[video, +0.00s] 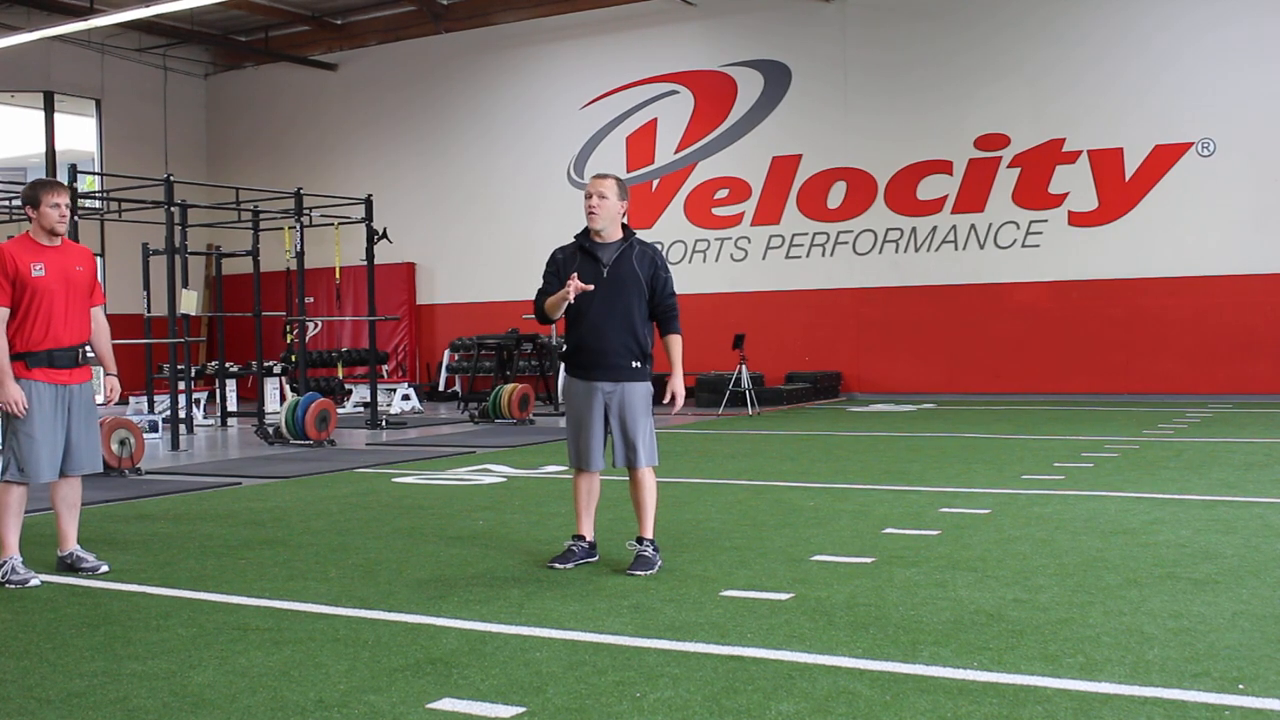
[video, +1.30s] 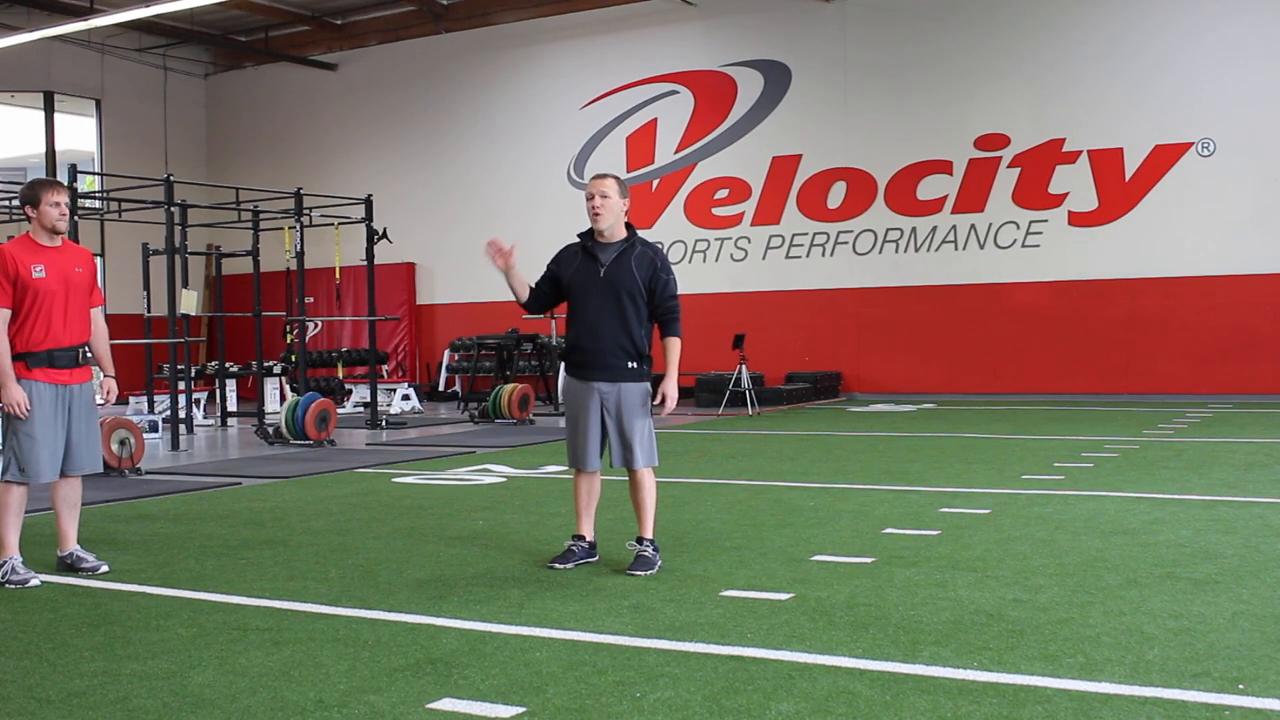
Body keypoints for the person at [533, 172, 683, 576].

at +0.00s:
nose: (591, 202)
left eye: (600, 197)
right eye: (588, 197)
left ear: (622, 207)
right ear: (584, 205)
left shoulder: (648, 257)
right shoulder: (564, 258)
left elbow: (668, 317)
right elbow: (543, 314)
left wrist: (677, 372)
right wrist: (564, 294)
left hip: (632, 379)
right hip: (581, 378)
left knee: (640, 463)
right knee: (585, 463)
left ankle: (647, 544)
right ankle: (584, 542)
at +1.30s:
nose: (594, 203)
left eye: (602, 197)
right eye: (590, 198)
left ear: (624, 204)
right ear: (586, 206)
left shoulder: (650, 257)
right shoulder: (571, 257)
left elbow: (670, 320)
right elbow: (534, 302)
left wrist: (671, 376)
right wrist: (510, 270)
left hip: (630, 379)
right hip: (580, 378)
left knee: (638, 463)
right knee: (584, 464)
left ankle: (646, 544)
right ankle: (583, 542)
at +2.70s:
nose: (598, 207)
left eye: (606, 200)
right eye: (592, 202)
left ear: (625, 205)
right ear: (586, 209)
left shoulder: (652, 256)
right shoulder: (569, 258)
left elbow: (669, 315)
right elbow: (545, 318)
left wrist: (641, 308)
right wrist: (562, 306)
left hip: (634, 379)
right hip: (583, 378)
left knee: (641, 463)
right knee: (585, 463)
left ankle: (647, 545)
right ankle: (584, 542)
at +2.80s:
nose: (599, 207)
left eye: (606, 200)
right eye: (592, 202)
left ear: (625, 205)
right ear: (586, 209)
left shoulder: (652, 256)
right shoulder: (570, 258)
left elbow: (669, 315)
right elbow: (545, 318)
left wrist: (641, 308)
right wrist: (562, 305)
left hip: (634, 379)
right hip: (583, 378)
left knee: (641, 463)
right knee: (586, 463)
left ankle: (647, 544)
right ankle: (584, 542)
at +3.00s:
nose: (599, 207)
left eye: (607, 200)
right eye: (593, 201)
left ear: (625, 204)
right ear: (587, 208)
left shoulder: (652, 256)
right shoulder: (569, 258)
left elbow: (671, 314)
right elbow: (545, 318)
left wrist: (641, 308)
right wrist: (562, 305)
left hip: (634, 379)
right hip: (584, 377)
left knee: (640, 463)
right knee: (585, 463)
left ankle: (647, 544)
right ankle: (584, 542)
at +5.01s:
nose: (588, 207)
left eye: (596, 200)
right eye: (584, 202)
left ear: (620, 205)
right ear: (582, 208)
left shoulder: (651, 255)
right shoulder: (570, 259)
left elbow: (678, 312)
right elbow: (547, 318)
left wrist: (641, 306)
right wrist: (540, 309)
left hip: (635, 380)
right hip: (584, 379)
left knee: (641, 463)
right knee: (586, 463)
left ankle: (647, 544)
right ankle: (584, 542)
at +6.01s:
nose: (592, 202)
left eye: (601, 196)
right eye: (590, 196)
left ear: (625, 203)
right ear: (587, 204)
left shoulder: (653, 254)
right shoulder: (572, 258)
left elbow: (677, 304)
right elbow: (554, 310)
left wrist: (686, 311)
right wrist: (560, 319)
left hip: (639, 379)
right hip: (589, 378)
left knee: (643, 463)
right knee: (587, 463)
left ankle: (647, 545)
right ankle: (583, 541)